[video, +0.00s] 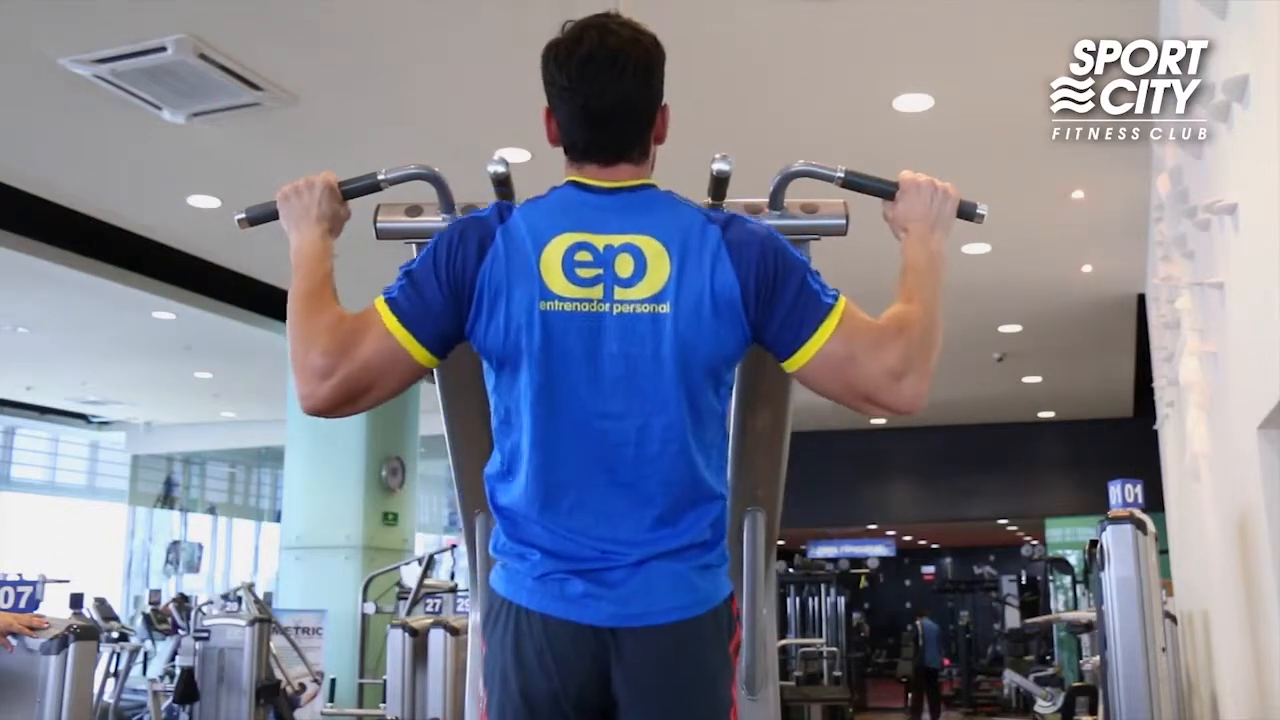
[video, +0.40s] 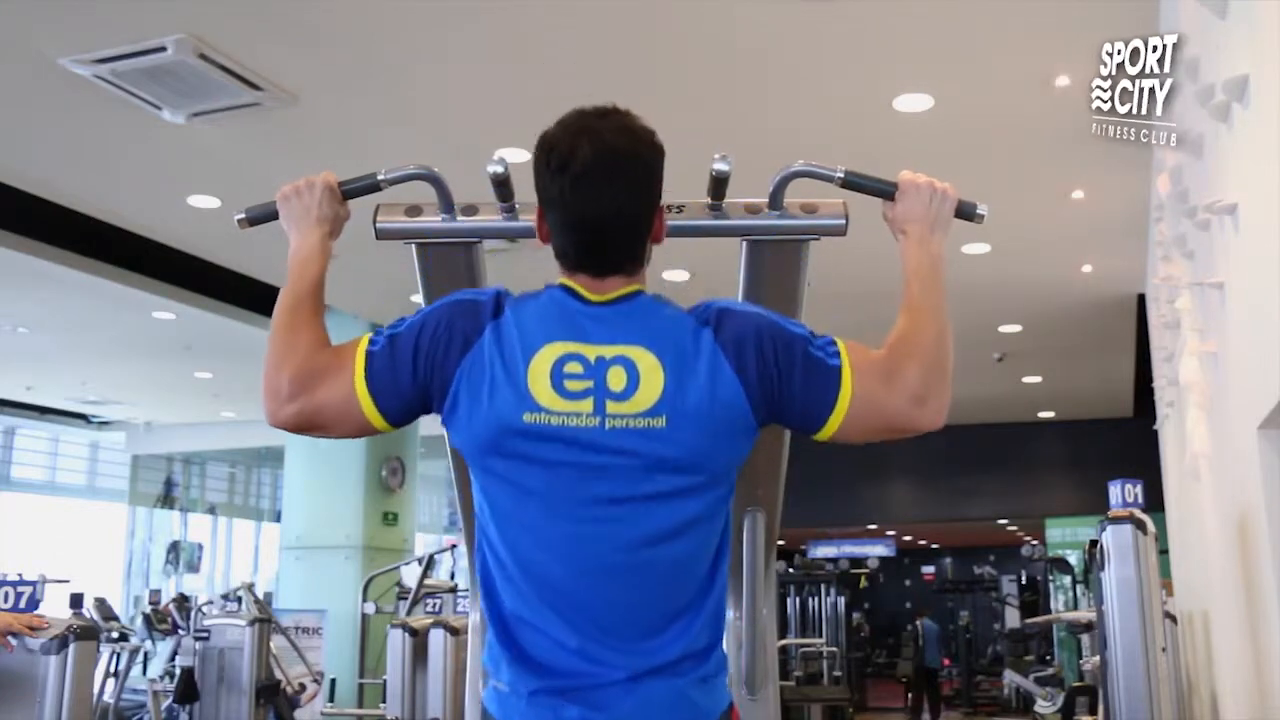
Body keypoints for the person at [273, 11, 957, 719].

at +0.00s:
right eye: (664, 113)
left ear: (550, 127)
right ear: (662, 126)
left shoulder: (486, 245)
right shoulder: (733, 249)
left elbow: (327, 382)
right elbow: (896, 381)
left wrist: (309, 240)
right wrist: (925, 242)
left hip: (532, 614)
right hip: (679, 616)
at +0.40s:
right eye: (661, 204)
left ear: (538, 223)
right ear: (660, 224)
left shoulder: (471, 335)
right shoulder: (731, 346)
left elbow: (292, 394)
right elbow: (917, 395)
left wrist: (307, 241)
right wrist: (925, 238)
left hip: (525, 701)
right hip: (685, 700)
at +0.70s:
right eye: (662, 304)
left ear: (536, 328)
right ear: (661, 331)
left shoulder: (470, 427)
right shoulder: (731, 443)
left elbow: (298, 401)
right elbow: (909, 404)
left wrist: (309, 244)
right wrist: (923, 242)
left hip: (521, 709)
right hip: (684, 712)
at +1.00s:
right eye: (660, 409)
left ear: (534, 437)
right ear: (662, 441)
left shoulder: (475, 525)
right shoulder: (724, 547)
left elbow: (326, 403)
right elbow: (868, 405)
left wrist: (311, 243)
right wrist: (917, 246)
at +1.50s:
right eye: (658, 328)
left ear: (536, 356)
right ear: (659, 357)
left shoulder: (473, 464)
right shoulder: (728, 463)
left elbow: (310, 405)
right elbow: (903, 410)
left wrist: (310, 243)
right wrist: (920, 246)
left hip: (522, 709)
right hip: (682, 708)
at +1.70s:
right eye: (657, 223)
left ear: (536, 248)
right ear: (656, 248)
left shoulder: (475, 369)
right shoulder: (731, 370)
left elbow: (298, 400)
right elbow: (917, 405)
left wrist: (308, 246)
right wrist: (924, 247)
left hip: (518, 702)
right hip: (670, 701)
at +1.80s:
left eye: (537, 174)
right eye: (658, 177)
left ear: (539, 197)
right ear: (660, 198)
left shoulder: (478, 320)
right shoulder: (735, 320)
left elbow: (302, 398)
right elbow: (913, 403)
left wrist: (308, 244)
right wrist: (922, 246)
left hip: (521, 681)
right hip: (672, 683)